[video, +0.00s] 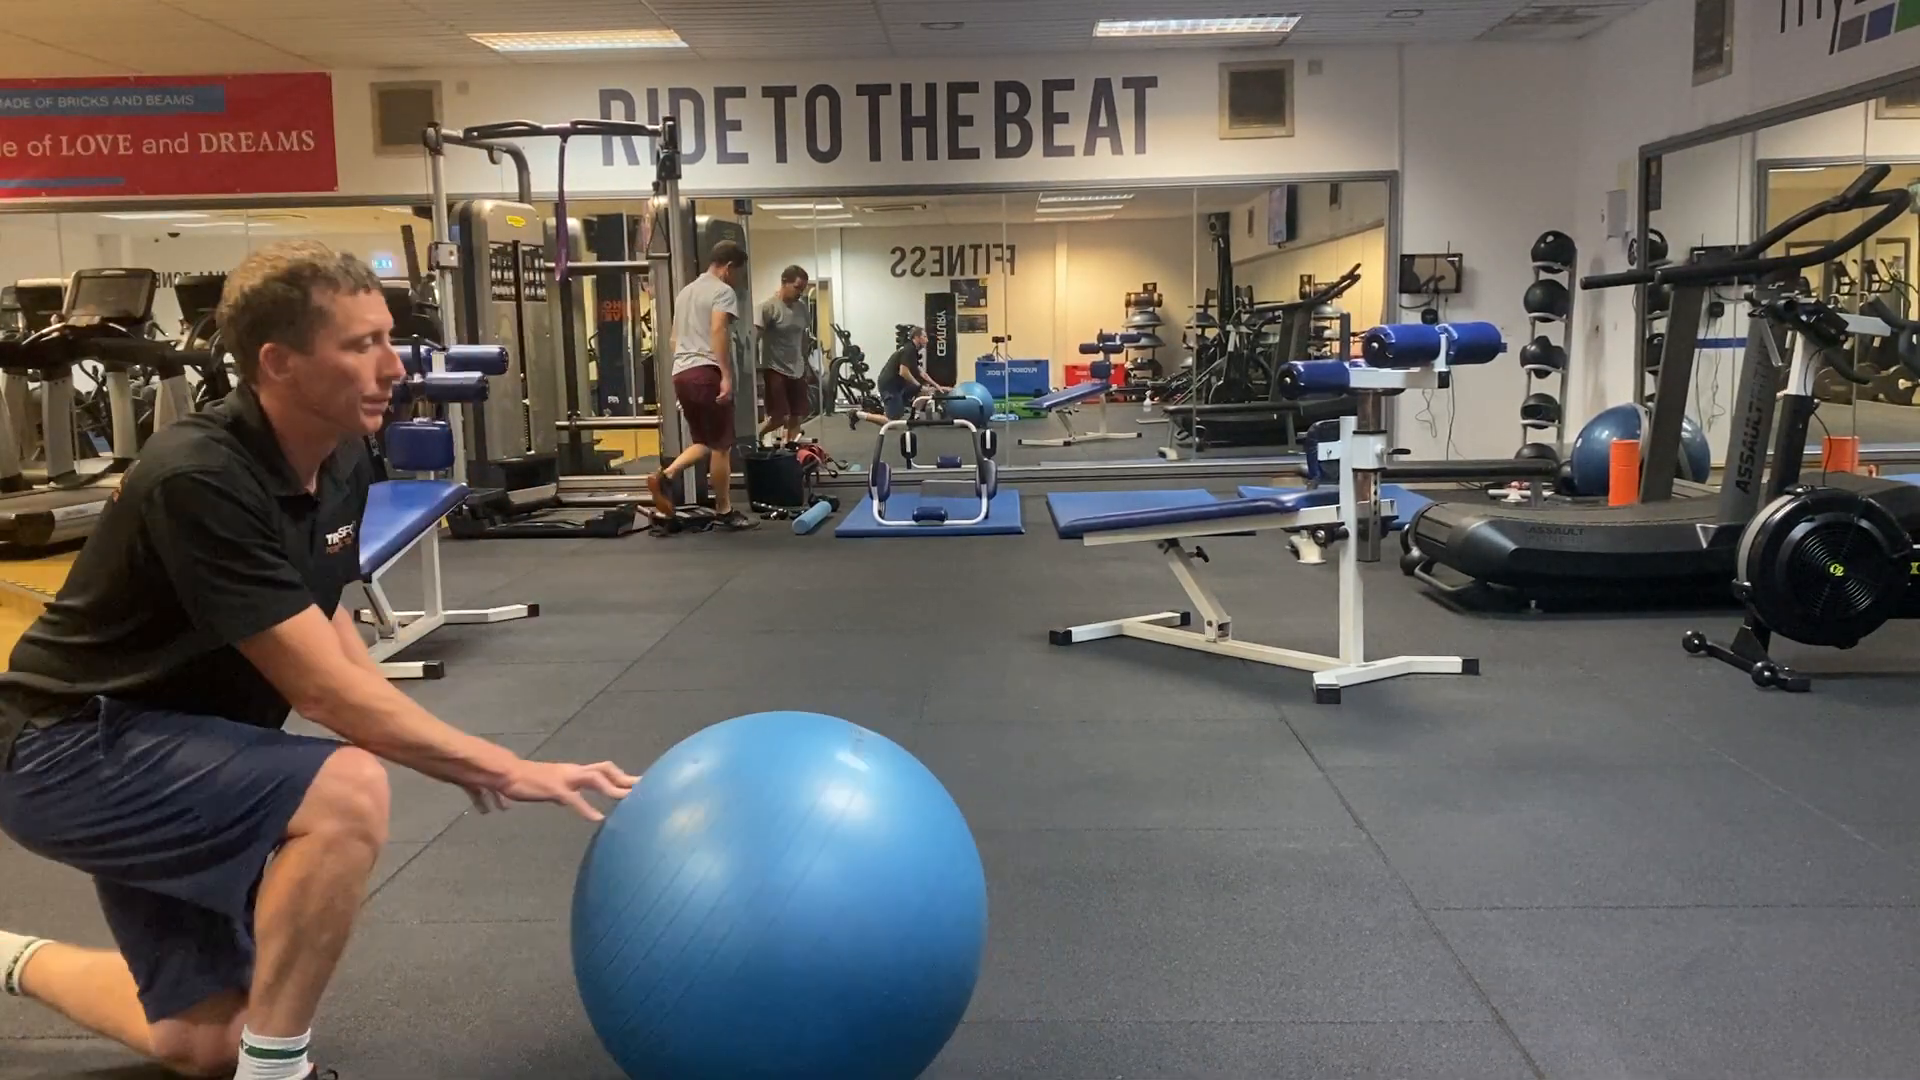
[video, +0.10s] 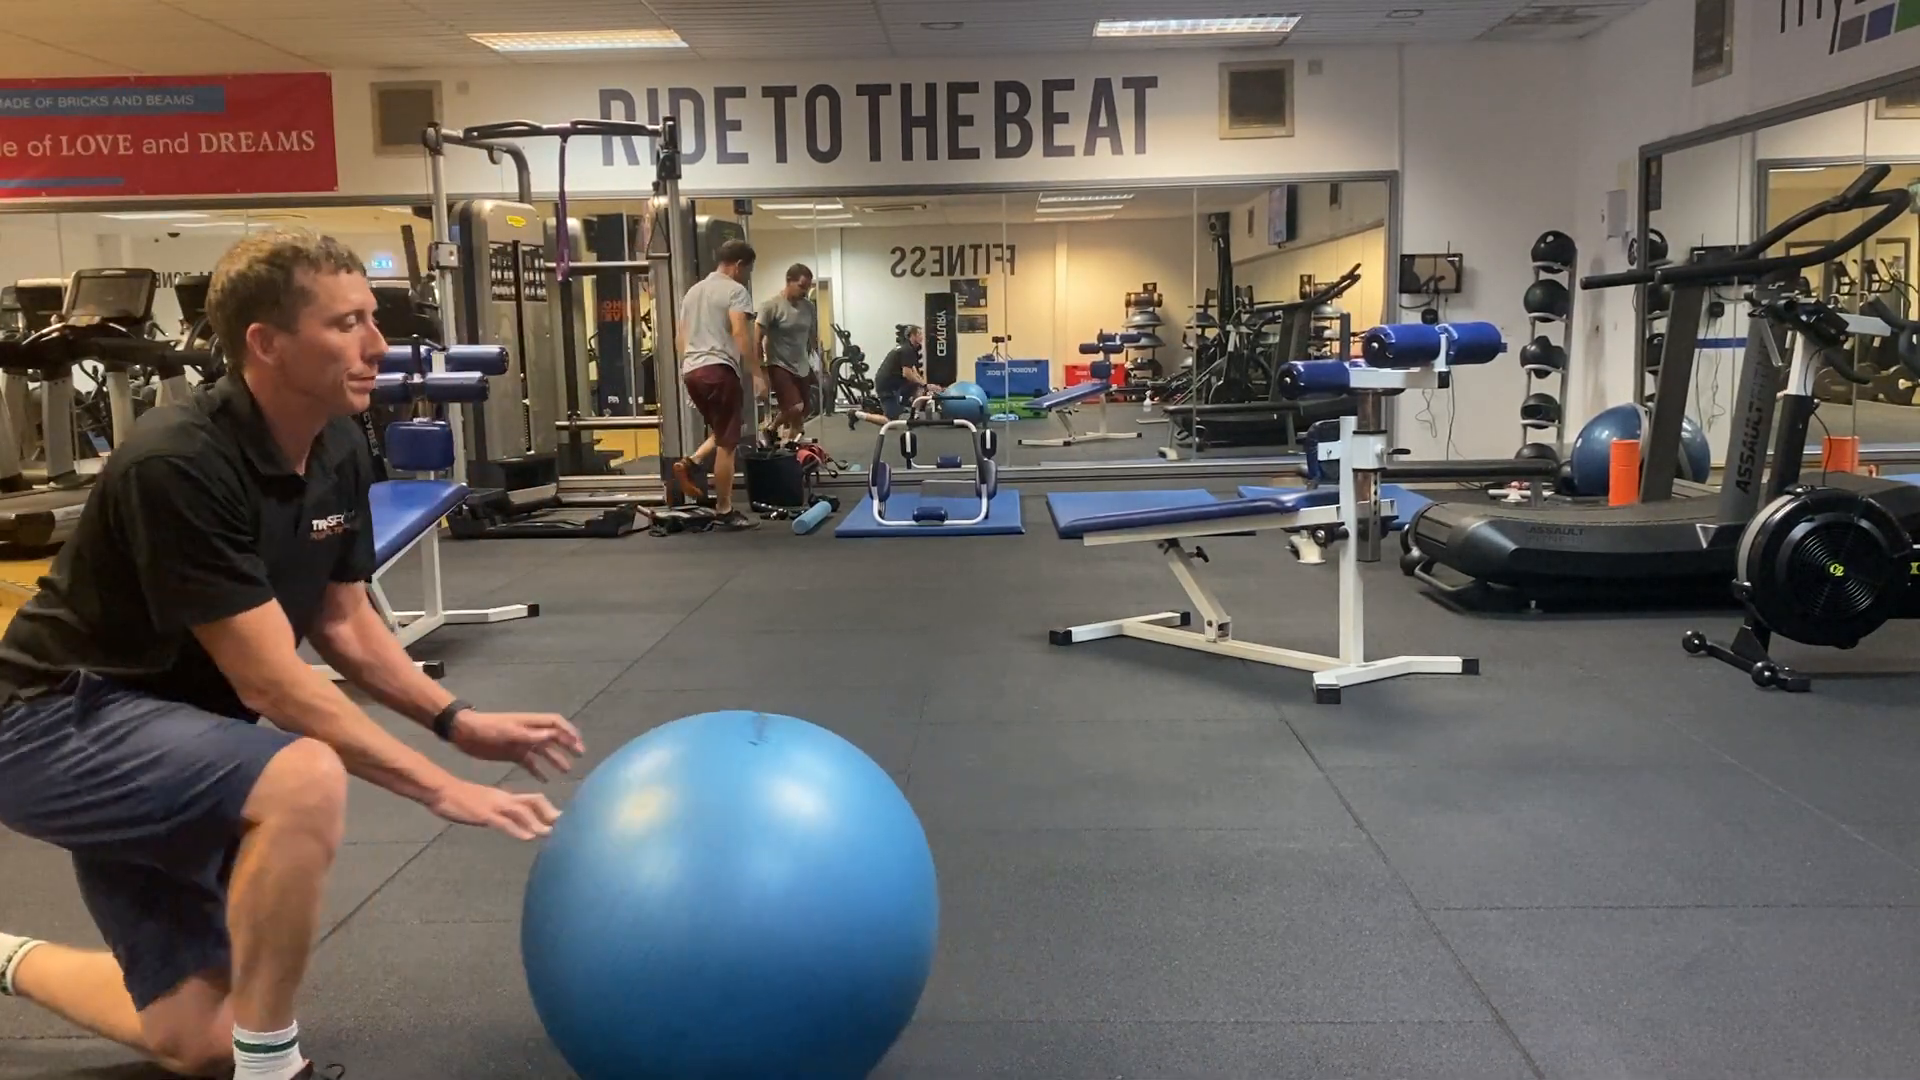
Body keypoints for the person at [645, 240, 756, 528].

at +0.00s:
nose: (736, 277)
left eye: (737, 272)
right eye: (737, 271)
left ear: (712, 264)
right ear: (727, 266)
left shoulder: (685, 292)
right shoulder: (723, 291)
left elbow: (675, 339)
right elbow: (718, 332)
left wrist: (685, 370)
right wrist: (726, 374)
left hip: (681, 372)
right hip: (707, 370)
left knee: (703, 442)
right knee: (721, 444)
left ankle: (667, 475)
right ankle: (724, 511)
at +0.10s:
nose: (746, 276)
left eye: (747, 270)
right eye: (747, 270)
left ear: (721, 263)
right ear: (737, 264)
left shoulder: (692, 292)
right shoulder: (736, 289)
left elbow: (681, 336)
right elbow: (740, 336)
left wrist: (688, 366)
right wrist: (757, 374)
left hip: (690, 371)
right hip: (718, 368)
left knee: (724, 431)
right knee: (727, 442)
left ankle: (690, 463)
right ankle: (724, 509)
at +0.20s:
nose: (755, 275)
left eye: (756, 270)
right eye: (755, 270)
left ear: (729, 262)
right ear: (745, 264)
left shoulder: (699, 292)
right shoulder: (746, 289)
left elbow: (687, 338)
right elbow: (760, 334)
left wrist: (698, 373)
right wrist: (781, 370)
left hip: (702, 372)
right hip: (730, 369)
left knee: (742, 425)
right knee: (731, 443)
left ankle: (715, 473)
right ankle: (725, 510)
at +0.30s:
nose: (762, 275)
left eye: (764, 270)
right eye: (763, 269)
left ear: (736, 263)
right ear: (753, 264)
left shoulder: (708, 292)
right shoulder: (756, 289)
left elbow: (696, 340)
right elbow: (774, 334)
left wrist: (708, 376)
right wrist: (794, 365)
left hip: (713, 372)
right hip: (741, 370)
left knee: (751, 436)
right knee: (737, 444)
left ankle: (749, 493)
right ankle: (725, 510)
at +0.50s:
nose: (778, 274)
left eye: (779, 270)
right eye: (778, 269)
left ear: (751, 264)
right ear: (771, 265)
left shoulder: (727, 295)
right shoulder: (774, 289)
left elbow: (717, 340)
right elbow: (789, 333)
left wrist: (720, 380)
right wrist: (805, 369)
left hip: (732, 371)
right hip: (762, 370)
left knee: (758, 441)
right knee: (767, 441)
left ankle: (771, 504)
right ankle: (735, 502)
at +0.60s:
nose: (786, 273)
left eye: (787, 269)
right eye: (786, 268)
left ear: (758, 264)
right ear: (779, 264)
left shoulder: (735, 294)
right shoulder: (783, 287)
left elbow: (725, 340)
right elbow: (793, 329)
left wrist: (730, 377)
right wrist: (804, 367)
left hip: (741, 373)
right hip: (771, 370)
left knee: (760, 438)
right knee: (794, 435)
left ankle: (769, 502)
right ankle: (756, 480)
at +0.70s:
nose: (792, 271)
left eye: (792, 267)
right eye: (792, 267)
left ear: (765, 263)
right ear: (786, 263)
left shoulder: (741, 294)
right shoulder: (790, 287)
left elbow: (732, 342)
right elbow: (798, 326)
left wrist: (739, 377)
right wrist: (807, 367)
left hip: (751, 372)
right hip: (783, 368)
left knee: (766, 439)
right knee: (813, 425)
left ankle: (772, 504)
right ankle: (786, 458)